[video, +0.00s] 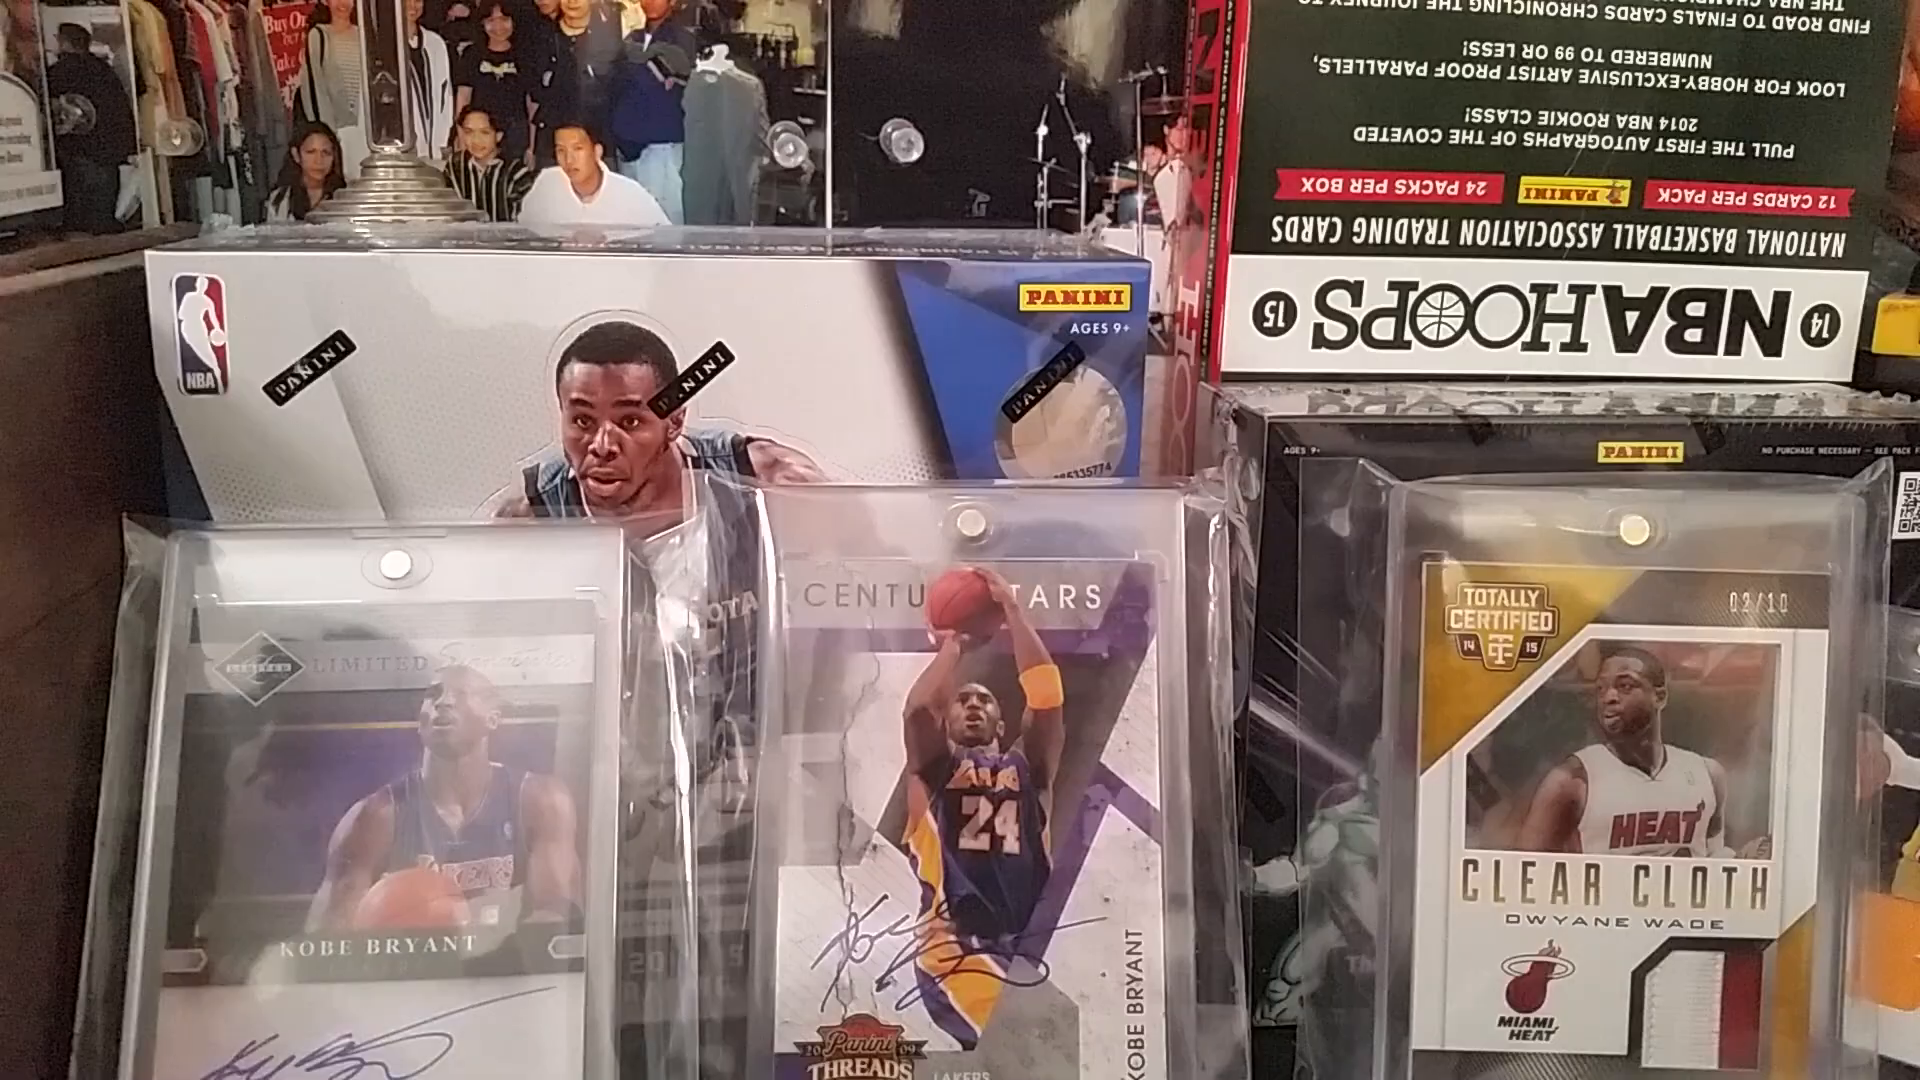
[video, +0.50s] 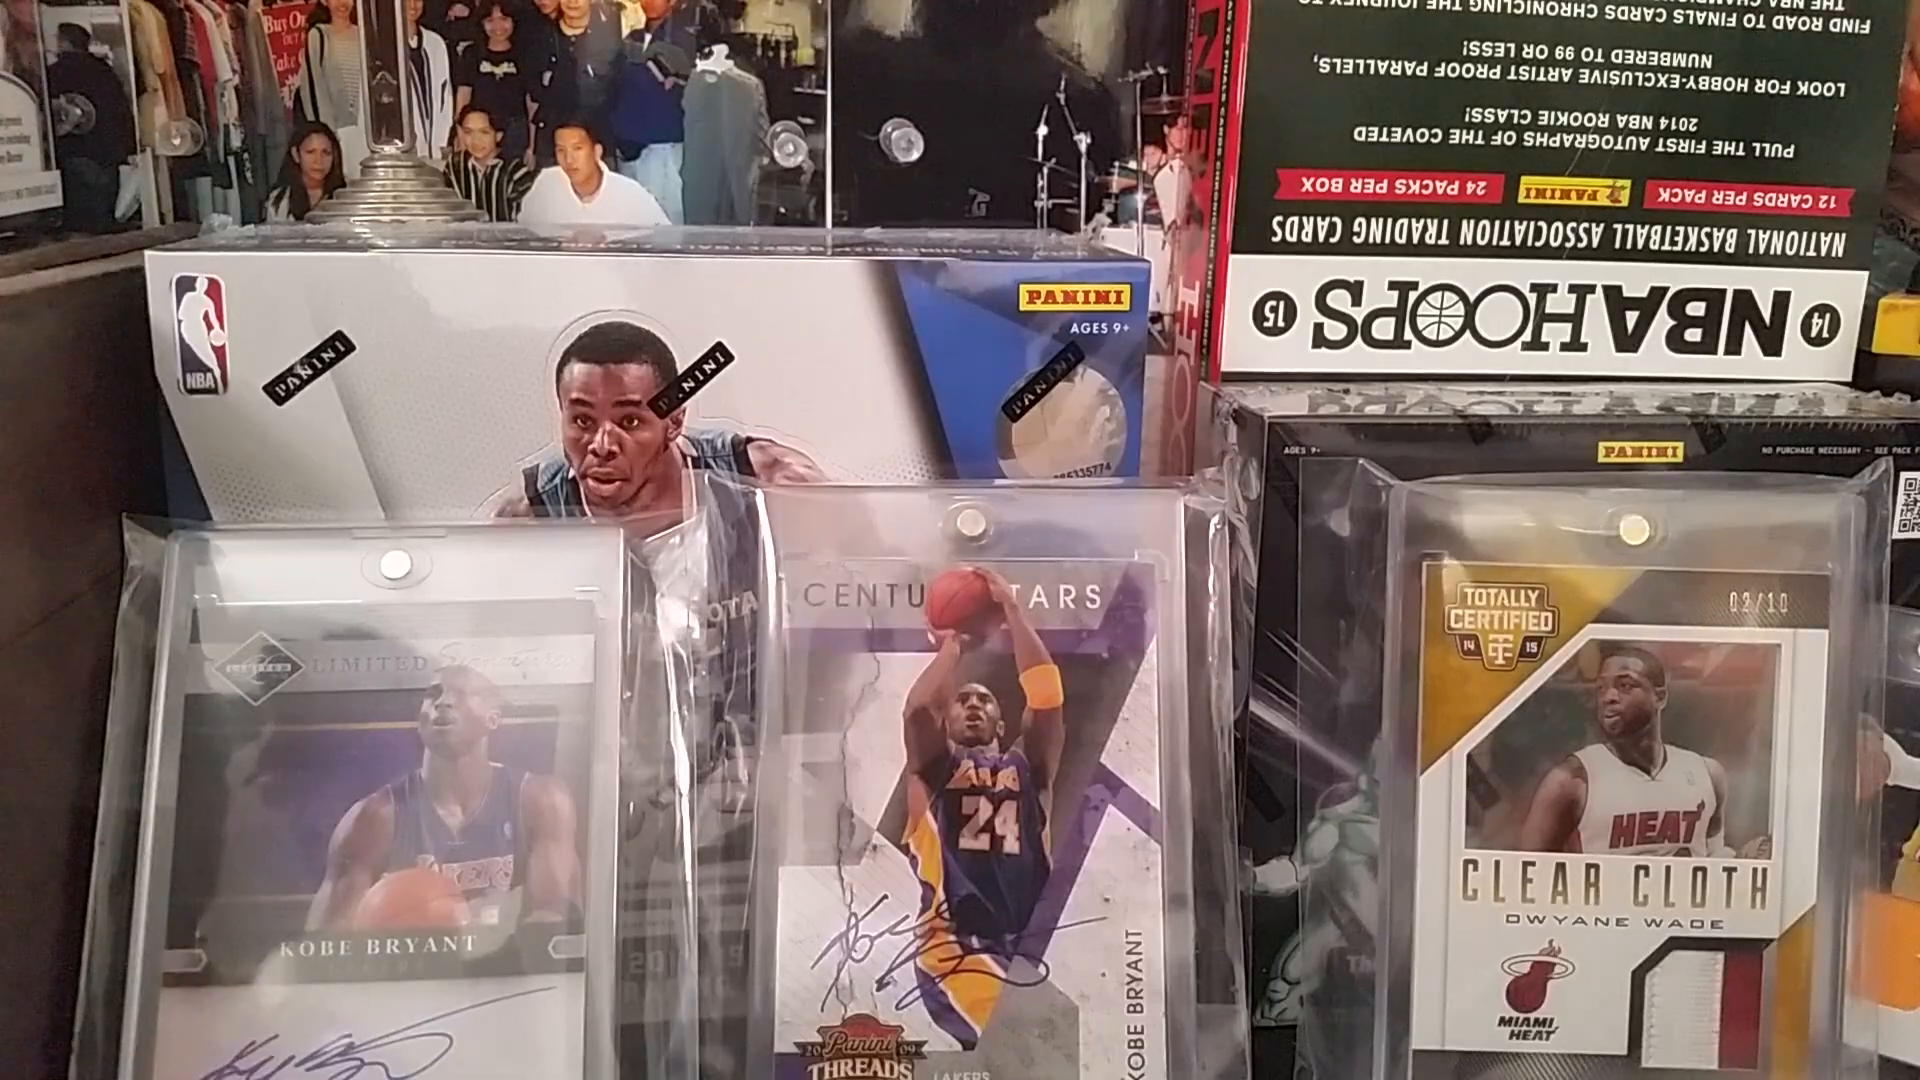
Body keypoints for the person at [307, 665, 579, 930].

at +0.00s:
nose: (443, 702)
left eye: (462, 694)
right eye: (433, 694)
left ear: (493, 716)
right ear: (419, 716)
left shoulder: (540, 799)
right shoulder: (370, 819)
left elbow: (552, 916)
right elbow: (323, 943)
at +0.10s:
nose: (443, 702)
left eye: (462, 694)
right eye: (433, 694)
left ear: (493, 716)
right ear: (419, 716)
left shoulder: (540, 799)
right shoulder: (370, 819)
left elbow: (552, 914)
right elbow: (323, 943)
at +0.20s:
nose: (443, 702)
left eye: (462, 694)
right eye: (433, 694)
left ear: (493, 716)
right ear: (419, 716)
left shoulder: (540, 799)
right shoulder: (370, 820)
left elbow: (551, 915)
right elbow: (322, 943)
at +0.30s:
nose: (443, 703)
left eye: (462, 694)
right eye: (433, 694)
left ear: (493, 716)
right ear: (419, 716)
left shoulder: (541, 799)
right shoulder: (370, 820)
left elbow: (551, 916)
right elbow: (323, 945)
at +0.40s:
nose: (443, 703)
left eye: (462, 694)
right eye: (433, 694)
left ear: (493, 716)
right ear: (419, 716)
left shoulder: (540, 799)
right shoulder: (370, 820)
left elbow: (551, 917)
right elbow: (323, 946)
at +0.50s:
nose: (443, 702)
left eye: (462, 694)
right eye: (433, 694)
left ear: (493, 716)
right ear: (419, 716)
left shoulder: (541, 800)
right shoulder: (370, 820)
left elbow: (551, 920)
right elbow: (322, 947)